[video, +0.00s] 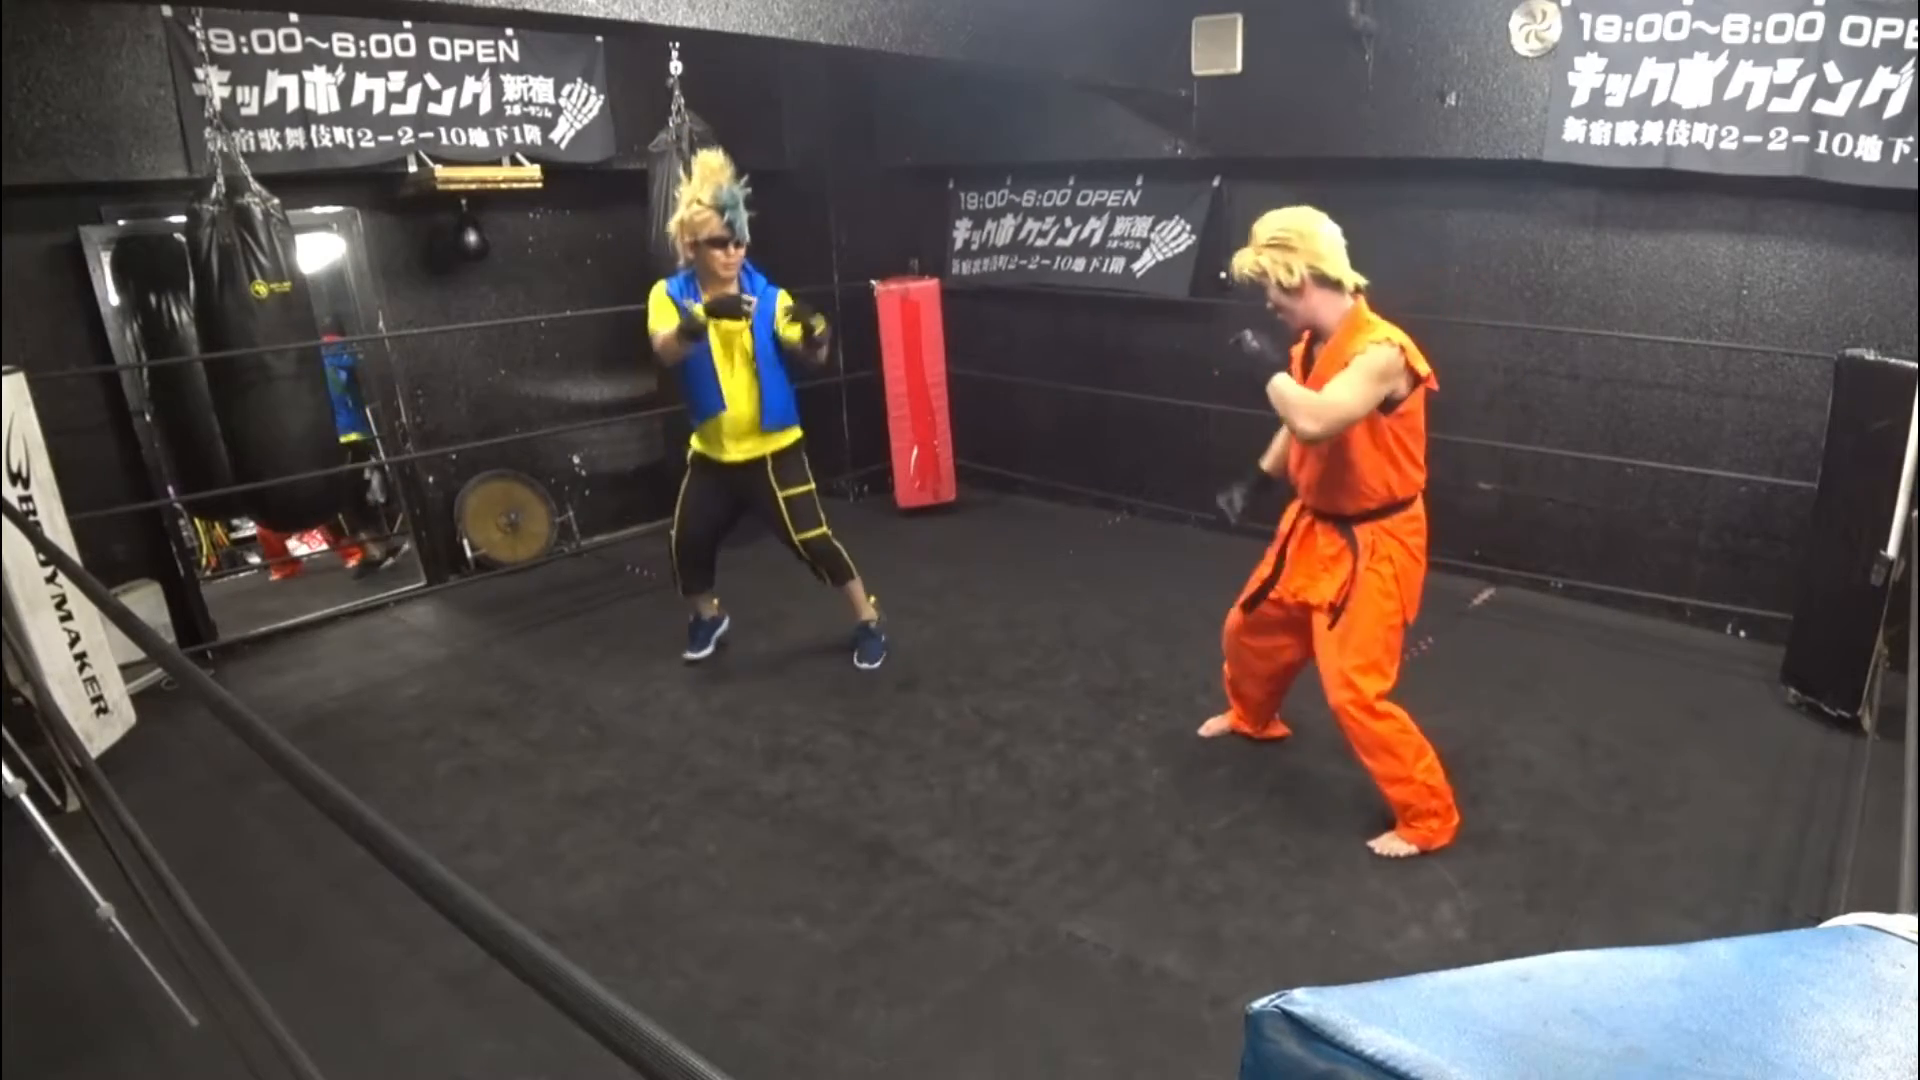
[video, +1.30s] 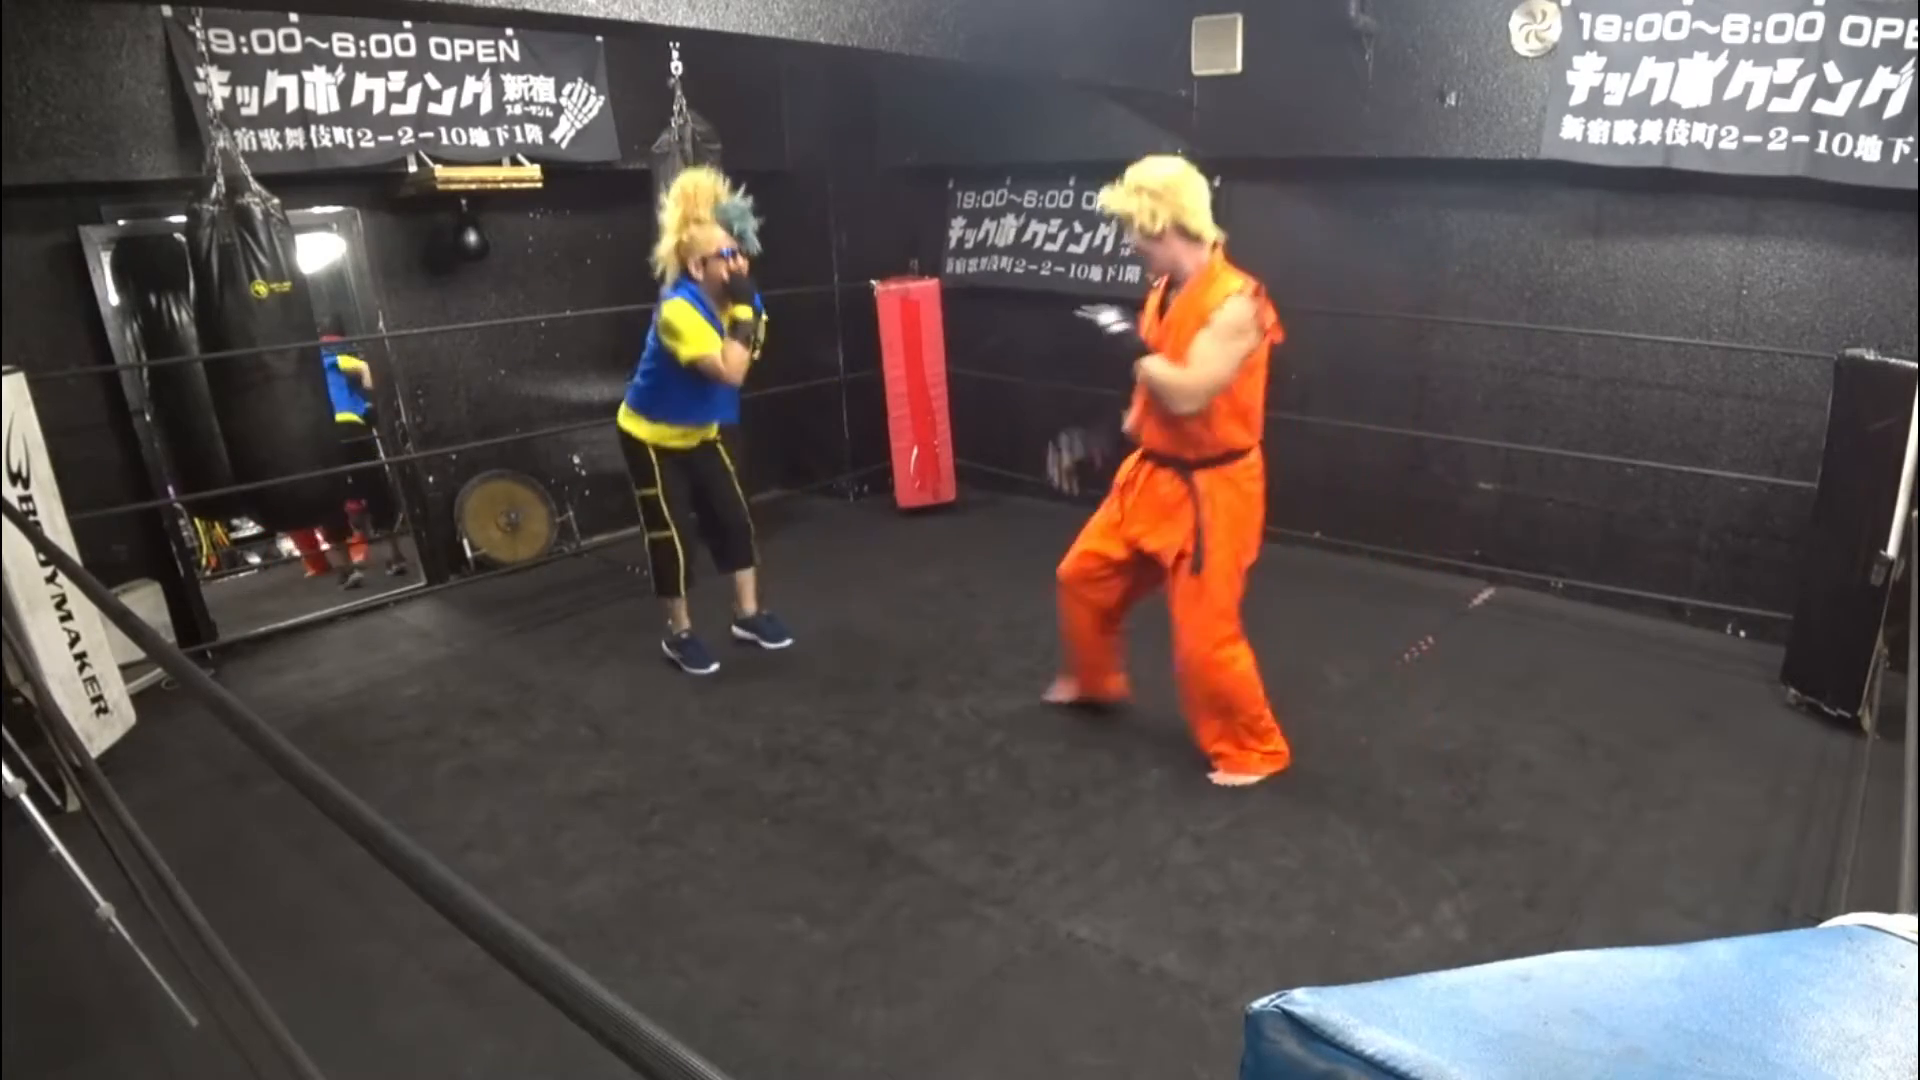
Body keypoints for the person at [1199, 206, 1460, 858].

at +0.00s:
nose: (1272, 307)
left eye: (1278, 291)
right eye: (1268, 294)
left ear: (1312, 278)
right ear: (1305, 282)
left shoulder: (1383, 354)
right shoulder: (1310, 348)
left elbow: (1319, 417)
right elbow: (1296, 425)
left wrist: (1271, 373)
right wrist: (1256, 480)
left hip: (1379, 538)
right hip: (1314, 524)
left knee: (1353, 687)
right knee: (1252, 626)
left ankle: (1429, 819)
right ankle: (1254, 716)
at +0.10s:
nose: (1250, 290)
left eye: (1251, 274)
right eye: (1245, 277)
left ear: (1283, 258)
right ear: (1288, 259)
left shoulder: (1370, 323)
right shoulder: (1293, 322)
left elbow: (1335, 403)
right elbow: (1287, 394)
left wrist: (1270, 359)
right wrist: (1238, 429)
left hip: (1362, 515)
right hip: (1298, 502)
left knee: (1365, 672)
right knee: (1252, 620)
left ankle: (1427, 816)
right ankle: (1252, 713)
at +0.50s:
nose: (1230, 283)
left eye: (1233, 268)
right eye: (1227, 270)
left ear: (1266, 260)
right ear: (1268, 261)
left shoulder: (1355, 331)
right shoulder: (1262, 325)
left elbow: (1329, 412)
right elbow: (1252, 398)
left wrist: (1264, 358)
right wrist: (1191, 383)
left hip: (1325, 519)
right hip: (1256, 508)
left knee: (1346, 654)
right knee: (1197, 627)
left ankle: (1417, 758)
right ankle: (1187, 703)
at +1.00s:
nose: (1177, 245)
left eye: (1182, 230)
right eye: (1174, 232)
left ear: (1216, 222)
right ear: (1213, 225)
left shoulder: (1288, 295)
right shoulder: (1206, 290)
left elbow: (1259, 388)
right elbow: (1197, 377)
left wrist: (1195, 340)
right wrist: (1145, 337)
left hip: (1276, 480)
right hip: (1212, 474)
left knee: (1297, 627)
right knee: (1186, 606)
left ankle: (1378, 763)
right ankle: (1203, 717)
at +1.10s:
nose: (1160, 221)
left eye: (1165, 205)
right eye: (1156, 208)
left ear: (1197, 193)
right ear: (1189, 197)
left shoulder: (1272, 264)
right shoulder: (1190, 261)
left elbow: (1243, 357)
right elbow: (1165, 331)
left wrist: (1182, 302)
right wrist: (1120, 294)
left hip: (1261, 451)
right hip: (1196, 445)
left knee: (1250, 594)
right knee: (1160, 574)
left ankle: (1321, 733)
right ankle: (1193, 711)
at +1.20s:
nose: (1147, 221)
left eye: (1150, 206)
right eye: (1144, 208)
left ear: (1181, 197)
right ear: (1182, 199)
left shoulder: (1254, 269)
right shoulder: (1170, 263)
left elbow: (1235, 367)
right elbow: (1165, 351)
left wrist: (1168, 315)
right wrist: (1096, 339)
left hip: (1241, 457)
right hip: (1175, 446)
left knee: (1220, 595)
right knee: (1120, 561)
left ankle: (1260, 746)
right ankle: (1159, 683)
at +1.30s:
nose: (1135, 250)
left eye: (1140, 236)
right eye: (1132, 237)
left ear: (1172, 227)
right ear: (1173, 229)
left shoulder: (1238, 303)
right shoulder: (1164, 294)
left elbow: (1190, 392)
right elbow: (1152, 395)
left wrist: (1135, 349)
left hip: (1215, 486)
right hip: (1152, 473)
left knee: (1203, 638)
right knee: (1083, 576)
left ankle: (1255, 750)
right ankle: (1093, 681)